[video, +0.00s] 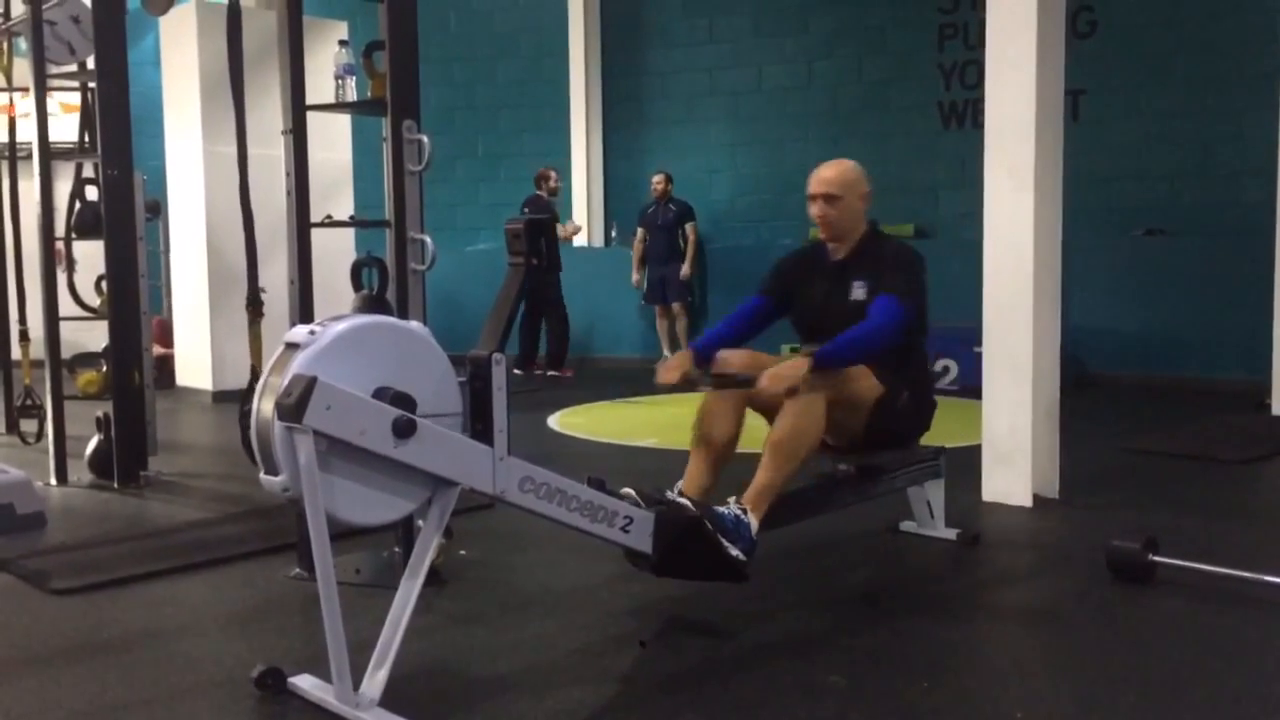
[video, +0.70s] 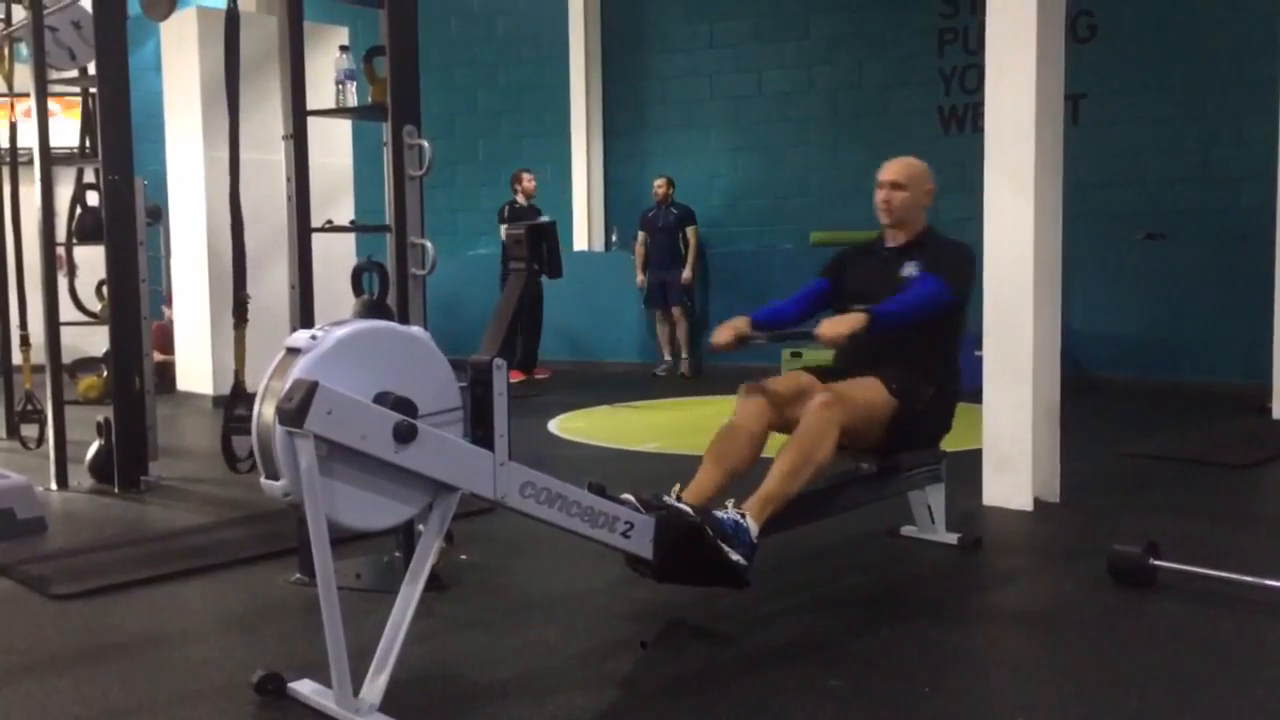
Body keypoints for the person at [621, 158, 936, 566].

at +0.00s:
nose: (818, 211)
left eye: (831, 200)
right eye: (812, 200)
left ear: (864, 200)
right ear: (806, 203)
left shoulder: (897, 260)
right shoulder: (801, 263)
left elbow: (882, 330)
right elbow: (751, 316)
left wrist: (808, 363)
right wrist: (692, 354)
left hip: (892, 406)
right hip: (819, 401)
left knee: (814, 379)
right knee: (730, 363)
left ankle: (746, 519)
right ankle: (687, 501)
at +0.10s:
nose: (781, 217)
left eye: (794, 206)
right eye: (776, 206)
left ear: (829, 209)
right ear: (770, 209)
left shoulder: (862, 266)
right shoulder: (765, 270)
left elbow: (833, 336)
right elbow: (704, 321)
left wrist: (762, 373)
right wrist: (645, 360)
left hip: (872, 419)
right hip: (795, 413)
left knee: (801, 367)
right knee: (708, 353)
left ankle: (745, 517)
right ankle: (687, 500)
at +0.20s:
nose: (749, 224)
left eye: (762, 214)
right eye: (745, 213)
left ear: (798, 217)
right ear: (740, 216)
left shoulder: (832, 272)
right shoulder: (740, 273)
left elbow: (793, 335)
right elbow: (675, 321)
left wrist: (716, 374)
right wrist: (603, 360)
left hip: (859, 426)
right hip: (784, 423)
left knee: (789, 365)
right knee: (692, 350)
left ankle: (743, 519)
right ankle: (686, 501)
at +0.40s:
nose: (750, 220)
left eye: (764, 211)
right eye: (748, 209)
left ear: (800, 218)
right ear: (744, 213)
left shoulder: (837, 270)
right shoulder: (747, 272)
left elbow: (792, 315)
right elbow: (680, 311)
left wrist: (715, 337)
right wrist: (601, 335)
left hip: (862, 424)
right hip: (791, 428)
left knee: (789, 353)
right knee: (695, 359)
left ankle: (743, 518)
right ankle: (686, 504)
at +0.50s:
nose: (793, 202)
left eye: (806, 193)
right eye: (789, 193)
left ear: (839, 205)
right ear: (784, 200)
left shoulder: (875, 260)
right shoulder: (782, 261)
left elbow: (834, 301)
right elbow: (720, 300)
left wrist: (766, 323)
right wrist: (650, 322)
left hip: (881, 413)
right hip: (809, 413)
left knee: (804, 363)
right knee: (716, 362)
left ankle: (744, 521)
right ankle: (687, 505)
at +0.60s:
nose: (842, 194)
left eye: (855, 186)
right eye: (838, 185)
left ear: (885, 195)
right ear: (832, 192)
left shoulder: (913, 253)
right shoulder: (821, 256)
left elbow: (874, 295)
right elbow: (766, 293)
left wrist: (814, 319)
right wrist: (700, 319)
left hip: (899, 402)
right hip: (824, 394)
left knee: (818, 383)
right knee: (735, 378)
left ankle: (746, 523)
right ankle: (686, 503)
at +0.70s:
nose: (884, 197)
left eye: (897, 188)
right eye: (880, 188)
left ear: (927, 196)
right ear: (873, 194)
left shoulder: (952, 258)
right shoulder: (854, 262)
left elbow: (926, 299)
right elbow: (805, 303)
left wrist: (863, 316)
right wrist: (749, 323)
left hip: (914, 391)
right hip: (849, 381)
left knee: (825, 406)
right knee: (757, 397)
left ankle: (746, 524)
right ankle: (681, 507)